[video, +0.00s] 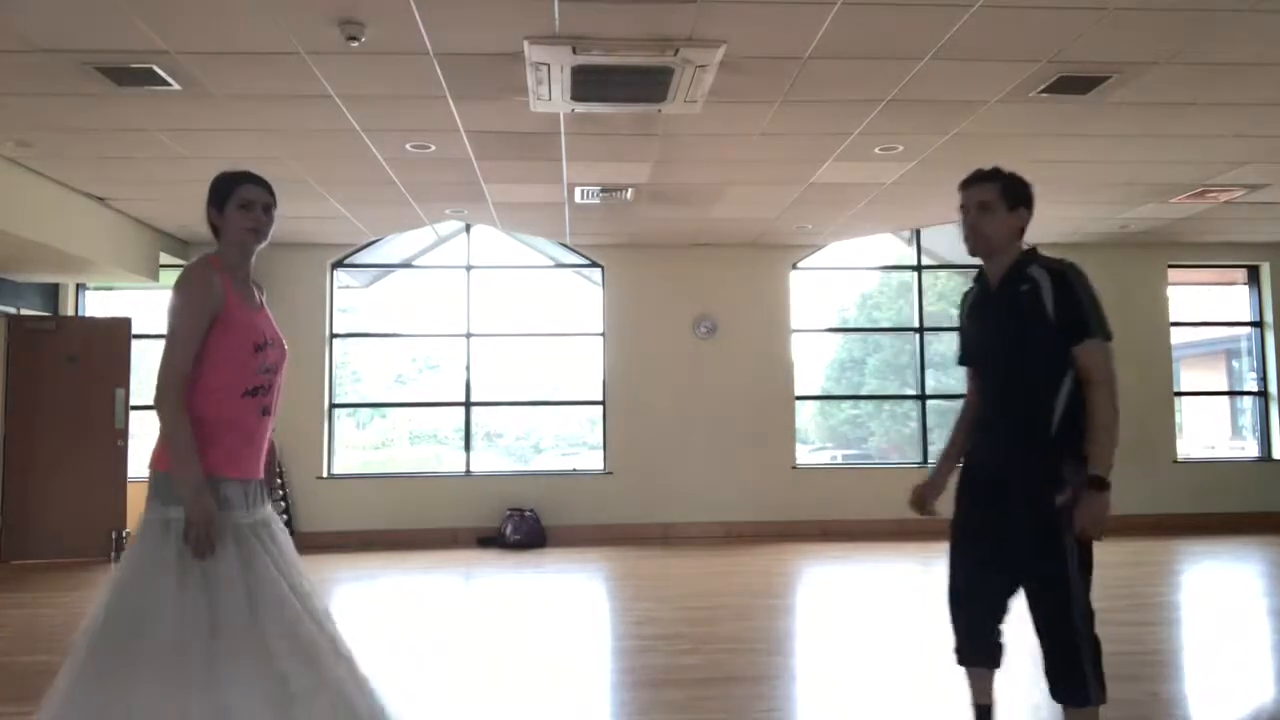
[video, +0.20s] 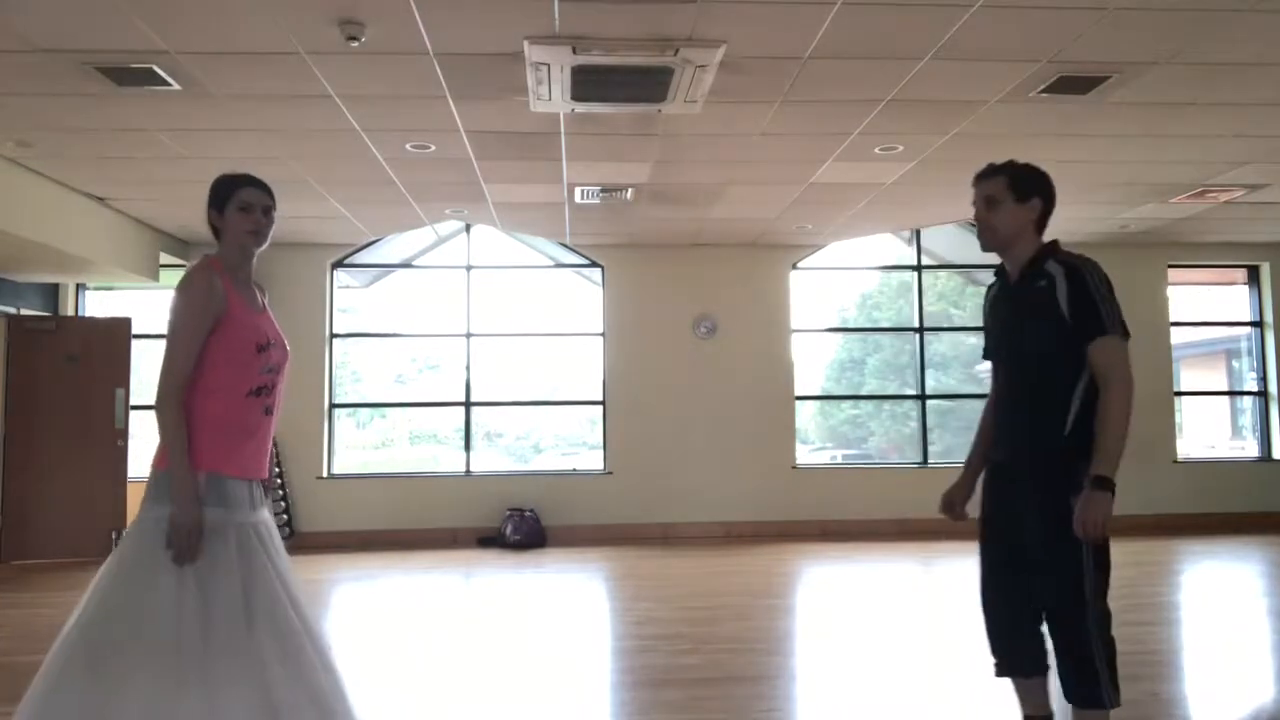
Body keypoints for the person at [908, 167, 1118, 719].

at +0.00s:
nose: (969, 222)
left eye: (983, 210)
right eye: (964, 212)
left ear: (1019, 218)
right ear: (962, 222)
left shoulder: (1060, 281)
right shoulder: (975, 301)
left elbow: (1099, 380)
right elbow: (977, 398)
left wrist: (1098, 481)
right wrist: (938, 475)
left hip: (1051, 480)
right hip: (987, 480)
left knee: (1065, 622)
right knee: (971, 608)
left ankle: (1082, 713)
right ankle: (982, 713)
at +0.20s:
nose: (977, 215)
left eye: (990, 204)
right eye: (976, 206)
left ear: (1033, 209)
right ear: (984, 216)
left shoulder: (1077, 275)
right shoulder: (998, 296)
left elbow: (1116, 380)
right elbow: (1002, 395)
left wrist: (1101, 483)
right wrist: (968, 476)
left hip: (1066, 482)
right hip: (1008, 482)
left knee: (1077, 621)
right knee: (1010, 617)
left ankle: (1092, 714)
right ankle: (1037, 715)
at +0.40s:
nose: (983, 212)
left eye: (997, 200)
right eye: (984, 202)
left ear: (1041, 206)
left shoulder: (1085, 271)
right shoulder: (1013, 291)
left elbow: (1104, 383)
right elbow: (1015, 393)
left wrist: (1075, 481)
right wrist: (983, 475)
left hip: (1072, 480)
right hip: (1020, 479)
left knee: (1076, 630)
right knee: (1033, 630)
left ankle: (1089, 715)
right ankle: (1056, 715)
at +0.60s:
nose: (987, 210)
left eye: (1001, 199)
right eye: (989, 200)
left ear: (1045, 208)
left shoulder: (1086, 271)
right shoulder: (1017, 293)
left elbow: (1100, 385)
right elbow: (1022, 399)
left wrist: (1042, 474)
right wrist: (996, 482)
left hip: (1077, 484)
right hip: (1023, 484)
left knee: (1078, 636)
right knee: (1038, 637)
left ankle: (1092, 714)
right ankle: (1062, 714)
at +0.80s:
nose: (986, 210)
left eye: (1000, 200)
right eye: (988, 201)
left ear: (1042, 209)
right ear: (1019, 213)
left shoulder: (1081, 272)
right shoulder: (1017, 291)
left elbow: (1092, 388)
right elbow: (1019, 399)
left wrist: (1043, 479)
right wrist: (986, 479)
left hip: (1073, 483)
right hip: (1022, 482)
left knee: (1080, 633)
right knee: (1039, 633)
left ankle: (1093, 716)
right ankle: (1064, 715)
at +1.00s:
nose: (985, 212)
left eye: (999, 201)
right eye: (987, 202)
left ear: (1041, 210)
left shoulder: (1081, 274)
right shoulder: (1014, 294)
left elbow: (1099, 385)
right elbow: (1013, 398)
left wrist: (1059, 482)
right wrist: (977, 477)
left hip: (1068, 484)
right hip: (1020, 484)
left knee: (1076, 635)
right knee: (1042, 635)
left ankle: (1091, 715)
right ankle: (1066, 714)